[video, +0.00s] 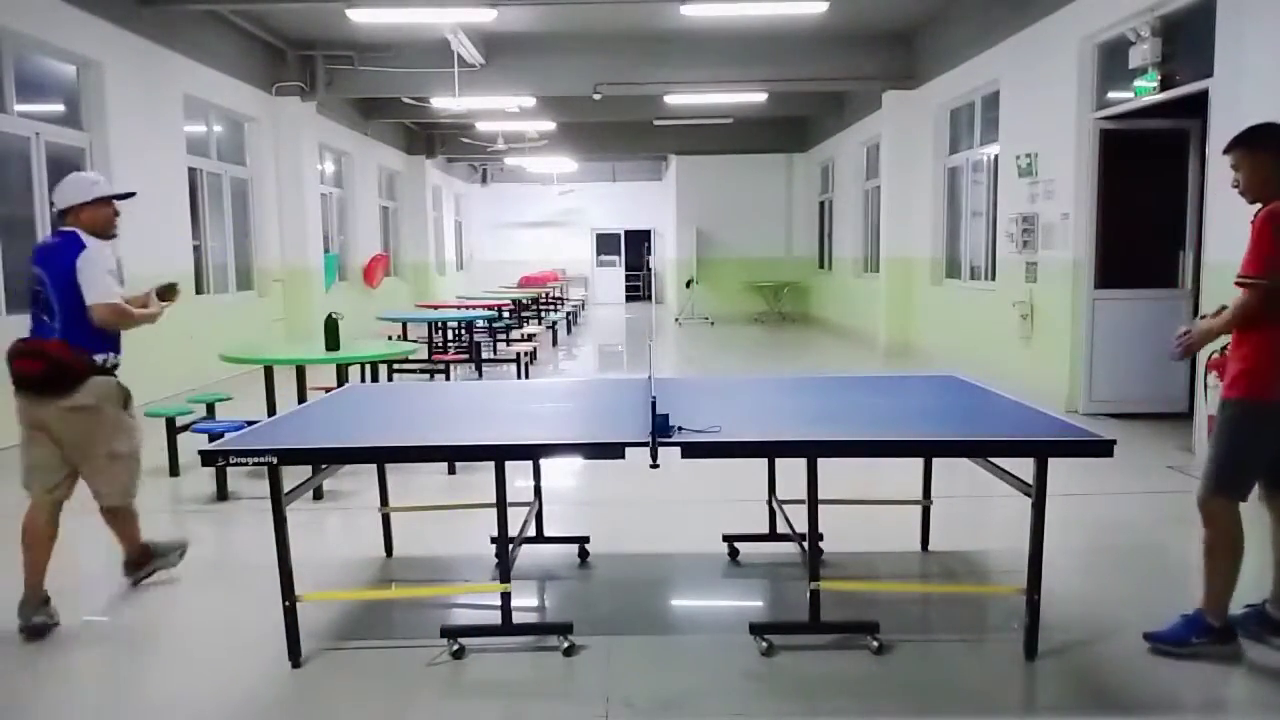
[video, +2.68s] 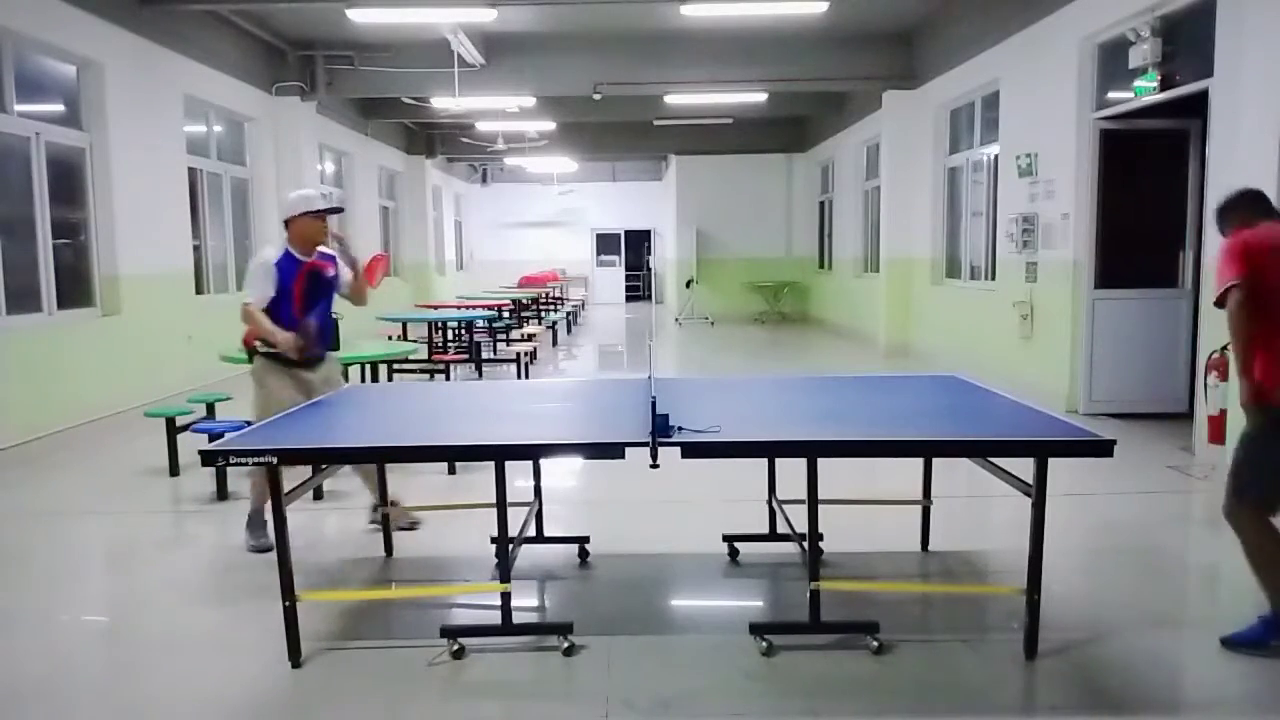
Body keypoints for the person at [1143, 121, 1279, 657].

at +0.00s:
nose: (1233, 180)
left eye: (1239, 168)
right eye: (1231, 170)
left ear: (1269, 164)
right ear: (1268, 167)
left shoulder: (1270, 219)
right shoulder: (1274, 218)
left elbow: (1254, 301)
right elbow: (1261, 301)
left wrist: (1207, 328)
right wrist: (1222, 334)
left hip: (1255, 390)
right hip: (1270, 389)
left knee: (1217, 498)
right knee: (1274, 495)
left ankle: (1213, 619)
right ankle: (1276, 607)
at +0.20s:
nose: (1232, 179)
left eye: (1238, 167)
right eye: (1232, 168)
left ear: (1265, 165)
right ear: (1270, 166)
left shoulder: (1263, 219)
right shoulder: (1273, 215)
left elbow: (1220, 291)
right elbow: (1258, 273)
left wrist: (1189, 264)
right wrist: (1215, 252)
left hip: (1252, 382)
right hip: (1276, 382)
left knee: (1212, 495)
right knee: (1275, 491)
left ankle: (1219, 616)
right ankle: (1277, 607)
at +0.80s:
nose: (1193, 175)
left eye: (1199, 164)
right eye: (1193, 164)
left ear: (1229, 163)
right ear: (1235, 165)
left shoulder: (1246, 220)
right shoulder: (1254, 215)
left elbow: (1247, 303)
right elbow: (1244, 294)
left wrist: (1193, 342)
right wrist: (1198, 274)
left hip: (1235, 392)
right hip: (1259, 390)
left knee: (1199, 499)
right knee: (1265, 498)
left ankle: (1221, 617)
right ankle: (1274, 606)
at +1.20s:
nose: (1160, 178)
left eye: (1168, 167)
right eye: (1160, 167)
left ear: (1204, 165)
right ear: (1190, 169)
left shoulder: (1241, 224)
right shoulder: (1195, 224)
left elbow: (1267, 316)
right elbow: (1200, 300)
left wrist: (1250, 391)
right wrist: (1165, 289)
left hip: (1226, 392)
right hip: (1195, 388)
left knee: (1199, 498)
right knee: (1185, 488)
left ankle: (1223, 616)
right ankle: (1251, 581)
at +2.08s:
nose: (1136, 203)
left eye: (1140, 190)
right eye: (1133, 193)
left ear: (1170, 179)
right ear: (1170, 182)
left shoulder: (1208, 225)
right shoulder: (1191, 231)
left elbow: (1228, 299)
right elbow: (1213, 302)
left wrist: (1201, 374)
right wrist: (1186, 343)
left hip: (1240, 384)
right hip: (1212, 383)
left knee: (1222, 496)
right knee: (1186, 477)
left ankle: (1277, 607)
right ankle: (1192, 574)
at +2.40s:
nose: (1177, 218)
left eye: (1174, 206)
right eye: (1172, 209)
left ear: (1195, 188)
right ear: (1212, 184)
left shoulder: (1215, 226)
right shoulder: (1265, 218)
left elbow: (1227, 306)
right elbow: (1255, 309)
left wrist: (1205, 378)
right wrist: (1230, 388)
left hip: (1258, 393)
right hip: (1268, 389)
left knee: (1240, 501)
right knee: (1235, 491)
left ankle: (1274, 614)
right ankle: (1269, 590)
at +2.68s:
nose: (1228, 238)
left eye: (1226, 232)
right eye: (1227, 233)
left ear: (1233, 224)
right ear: (1266, 214)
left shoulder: (1241, 241)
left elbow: (1238, 299)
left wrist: (1248, 388)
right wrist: (1243, 373)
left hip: (1272, 404)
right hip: (1272, 403)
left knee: (1242, 506)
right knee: (1250, 506)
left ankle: (1276, 613)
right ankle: (1274, 614)